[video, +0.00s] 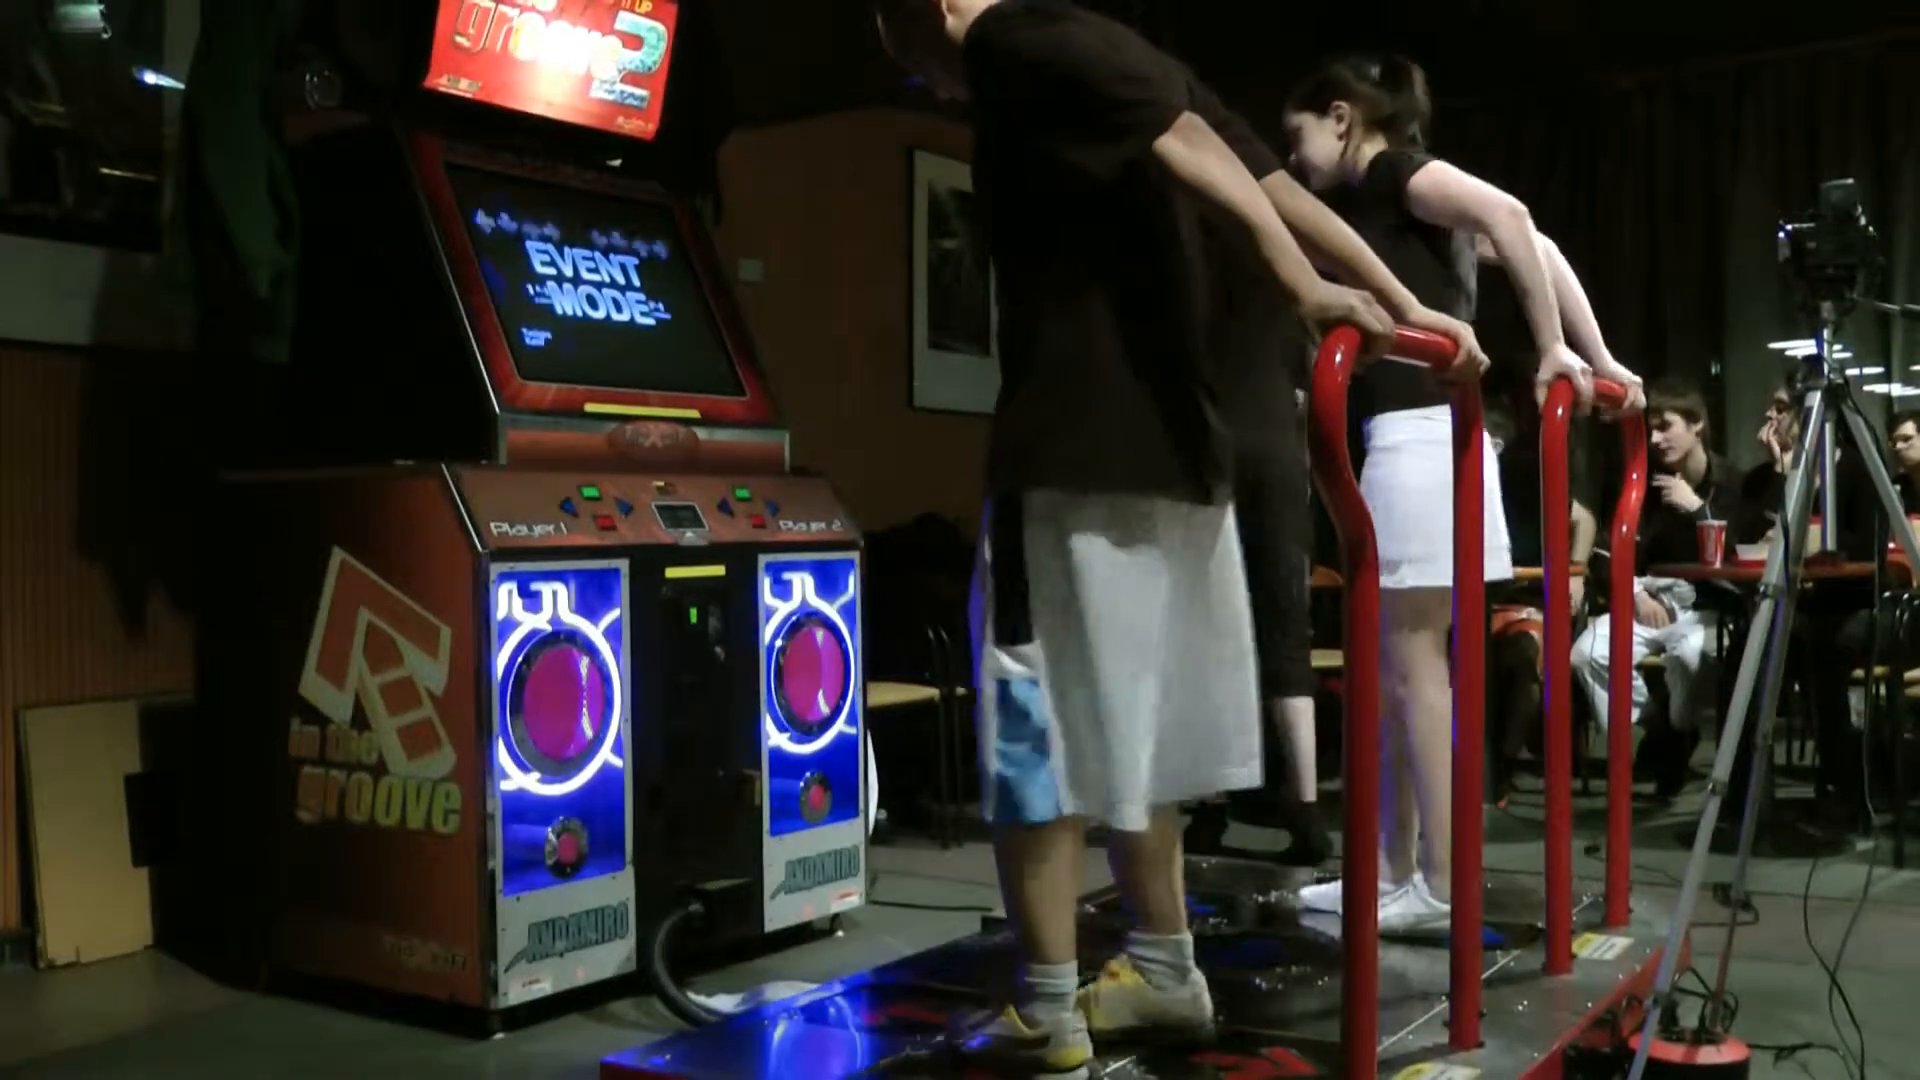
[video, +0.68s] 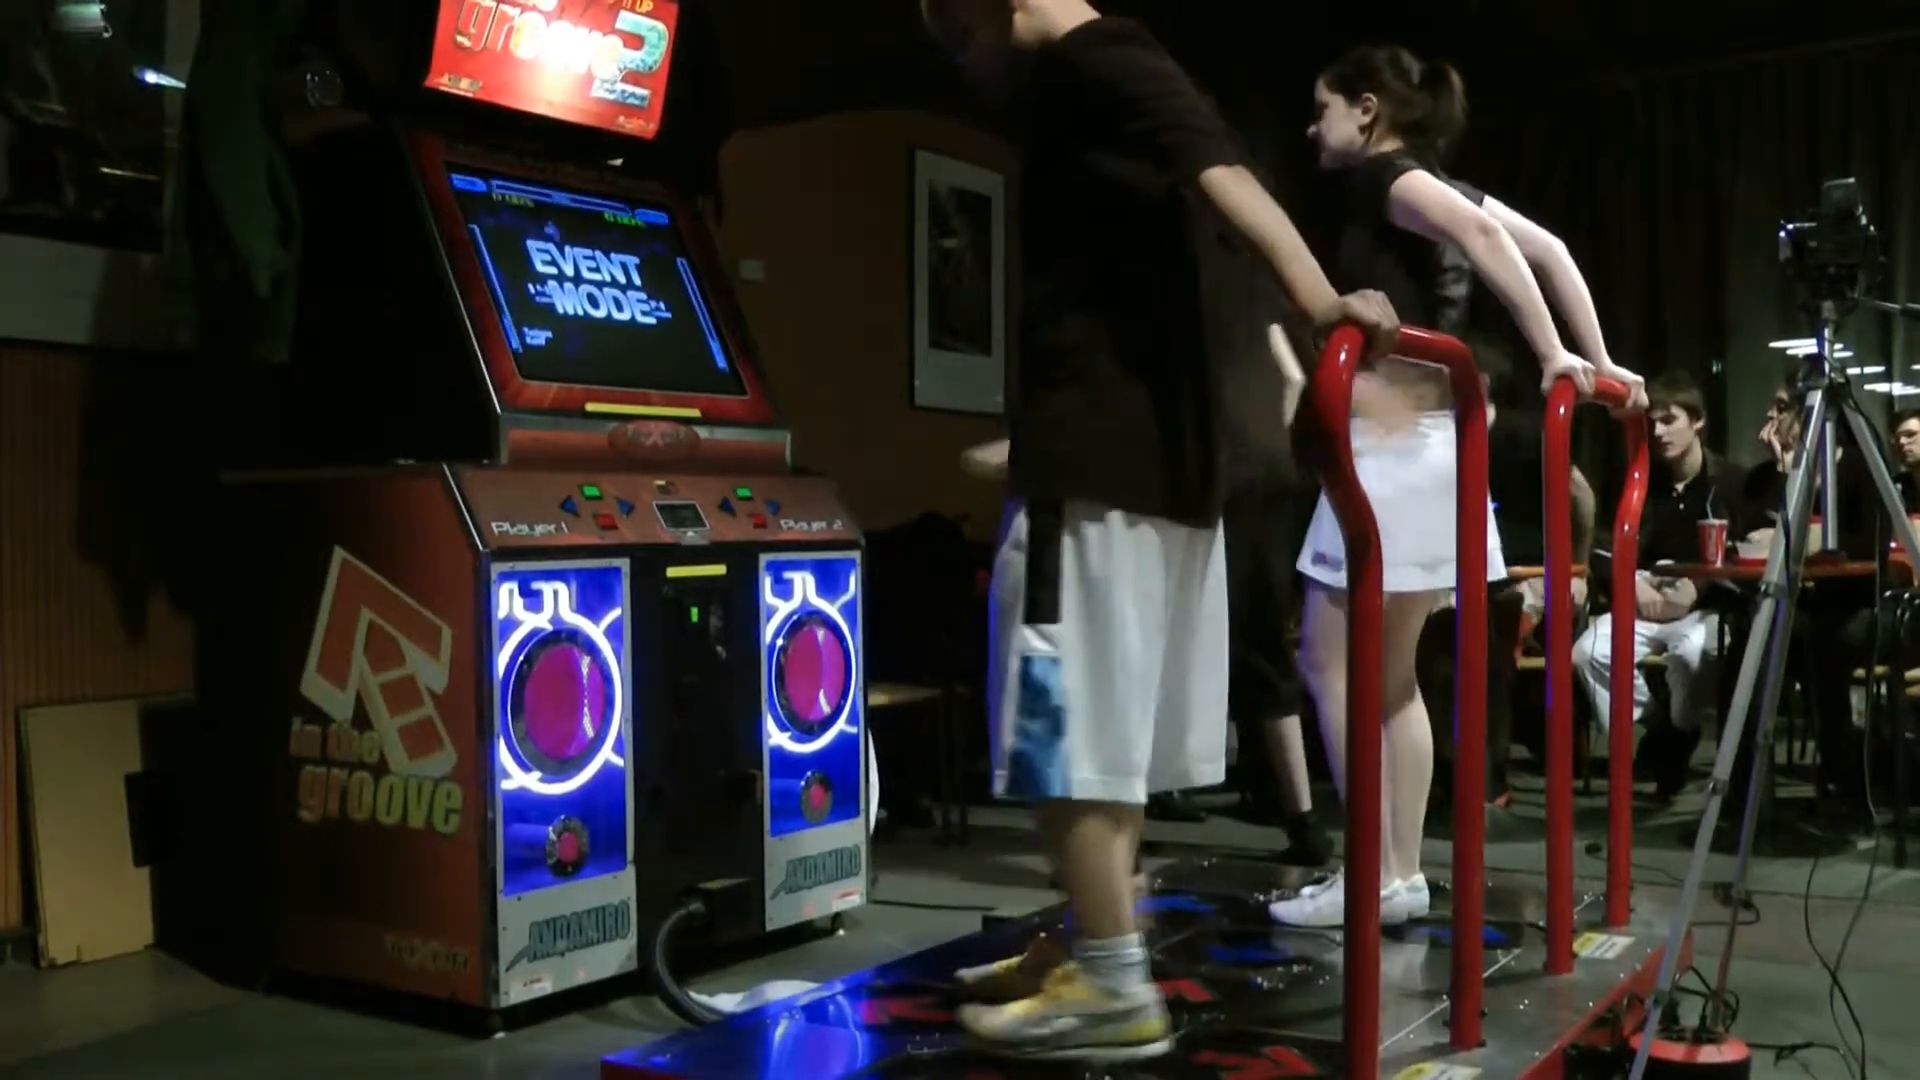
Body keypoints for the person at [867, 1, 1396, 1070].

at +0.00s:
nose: (921, 80)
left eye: (911, 54)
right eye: (911, 64)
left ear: (934, 16)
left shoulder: (1006, 40)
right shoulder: (1136, 58)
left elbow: (1204, 159)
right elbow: (1277, 187)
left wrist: (1303, 285)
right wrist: (1398, 297)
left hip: (1072, 440)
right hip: (1175, 443)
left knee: (1035, 721)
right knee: (1136, 704)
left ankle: (1052, 1010)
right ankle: (1168, 969)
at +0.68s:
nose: (970, 48)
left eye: (968, 27)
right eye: (965, 33)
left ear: (1009, 7)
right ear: (1067, 0)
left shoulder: (1088, 65)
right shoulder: (1119, 77)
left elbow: (1222, 175)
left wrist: (1324, 303)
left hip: (1105, 460)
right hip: (1157, 461)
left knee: (1073, 720)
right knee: (1113, 715)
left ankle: (1113, 987)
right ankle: (1092, 950)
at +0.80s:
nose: (980, 36)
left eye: (984, 18)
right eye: (976, 25)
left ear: (1036, 3)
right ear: (1062, 12)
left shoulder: (1114, 65)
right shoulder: (1073, 100)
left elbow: (1236, 169)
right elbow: (1078, 340)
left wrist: (1324, 296)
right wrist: (951, 447)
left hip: (1124, 465)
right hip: (1104, 464)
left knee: (1102, 730)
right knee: (1097, 725)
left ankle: (1149, 986)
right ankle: (1085, 941)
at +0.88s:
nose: (986, 33)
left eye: (991, 14)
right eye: (980, 23)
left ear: (1033, 0)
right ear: (1054, 13)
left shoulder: (1120, 57)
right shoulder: (1078, 96)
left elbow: (1252, 165)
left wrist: (1328, 302)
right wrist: (924, 431)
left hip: (1127, 463)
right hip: (1109, 462)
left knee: (1124, 734)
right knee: (1095, 729)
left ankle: (1158, 995)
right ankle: (1087, 948)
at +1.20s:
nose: (993, 22)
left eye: (1000, 8)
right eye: (991, 15)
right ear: (1035, 20)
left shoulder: (1127, 52)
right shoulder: (1043, 120)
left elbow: (1255, 166)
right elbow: (975, 317)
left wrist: (1325, 302)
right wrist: (848, 424)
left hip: (1129, 466)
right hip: (1062, 467)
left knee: (1134, 734)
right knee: (1078, 724)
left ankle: (1156, 996)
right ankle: (1088, 943)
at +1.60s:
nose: (967, 28)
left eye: (971, 12)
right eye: (964, 20)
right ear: (1020, 15)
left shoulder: (1119, 62)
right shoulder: (1043, 105)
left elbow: (1240, 174)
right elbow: (999, 311)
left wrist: (1323, 298)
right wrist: (885, 436)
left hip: (1109, 470)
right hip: (1053, 468)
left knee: (1120, 737)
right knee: (1071, 729)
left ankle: (1156, 994)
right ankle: (1088, 946)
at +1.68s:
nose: (960, 36)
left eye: (960, 16)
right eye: (952, 24)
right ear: (1016, 12)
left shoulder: (1115, 61)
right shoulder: (1045, 104)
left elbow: (1242, 181)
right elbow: (1008, 324)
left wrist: (1326, 302)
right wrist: (917, 462)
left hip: (1112, 468)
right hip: (1053, 468)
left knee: (1118, 732)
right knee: (1071, 726)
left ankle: (1157, 997)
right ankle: (1084, 945)